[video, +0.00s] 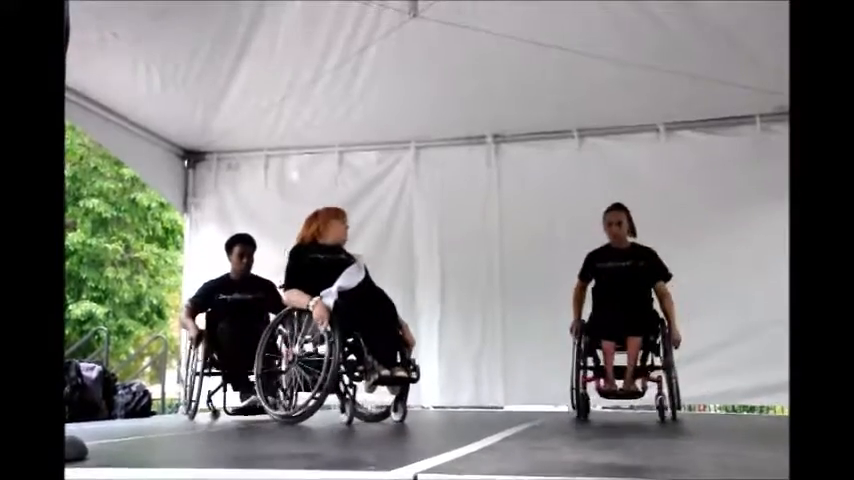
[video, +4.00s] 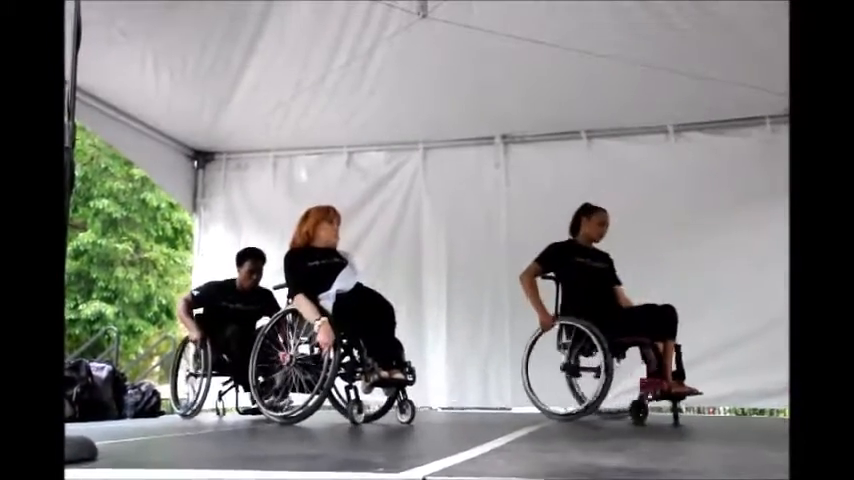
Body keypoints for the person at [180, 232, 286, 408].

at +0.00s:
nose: (247, 260)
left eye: (250, 256)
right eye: (242, 256)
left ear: (254, 257)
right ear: (230, 257)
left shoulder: (265, 287)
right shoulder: (214, 287)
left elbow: (285, 315)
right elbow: (187, 312)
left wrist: (291, 339)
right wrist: (193, 329)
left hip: (258, 346)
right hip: (226, 348)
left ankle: (270, 392)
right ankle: (246, 393)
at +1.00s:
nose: (262, 253)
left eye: (265, 247)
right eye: (256, 248)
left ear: (270, 249)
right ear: (244, 248)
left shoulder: (275, 275)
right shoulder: (230, 273)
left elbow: (299, 248)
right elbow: (210, 248)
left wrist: (281, 216)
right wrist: (238, 217)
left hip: (272, 334)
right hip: (241, 336)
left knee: (286, 322)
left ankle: (288, 390)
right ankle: (266, 392)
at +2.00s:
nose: (261, 250)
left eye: (264, 245)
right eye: (255, 245)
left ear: (268, 246)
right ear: (242, 244)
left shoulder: (279, 280)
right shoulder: (226, 278)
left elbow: (300, 309)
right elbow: (204, 308)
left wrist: (310, 326)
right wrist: (207, 333)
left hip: (273, 339)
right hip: (239, 341)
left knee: (291, 327)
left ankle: (291, 392)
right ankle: (271, 393)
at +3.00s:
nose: (248, 261)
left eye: (252, 256)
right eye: (243, 255)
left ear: (255, 255)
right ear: (231, 253)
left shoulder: (262, 280)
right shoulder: (214, 280)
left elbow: (299, 274)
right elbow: (181, 283)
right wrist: (185, 254)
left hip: (255, 342)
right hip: (223, 346)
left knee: (273, 325)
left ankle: (277, 392)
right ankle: (257, 393)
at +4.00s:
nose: (256, 277)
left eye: (259, 272)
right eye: (251, 272)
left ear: (263, 271)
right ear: (239, 269)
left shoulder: (264, 297)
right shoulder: (216, 290)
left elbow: (281, 323)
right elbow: (184, 305)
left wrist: (285, 347)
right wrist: (193, 329)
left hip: (247, 349)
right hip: (215, 349)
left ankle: (274, 393)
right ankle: (258, 394)